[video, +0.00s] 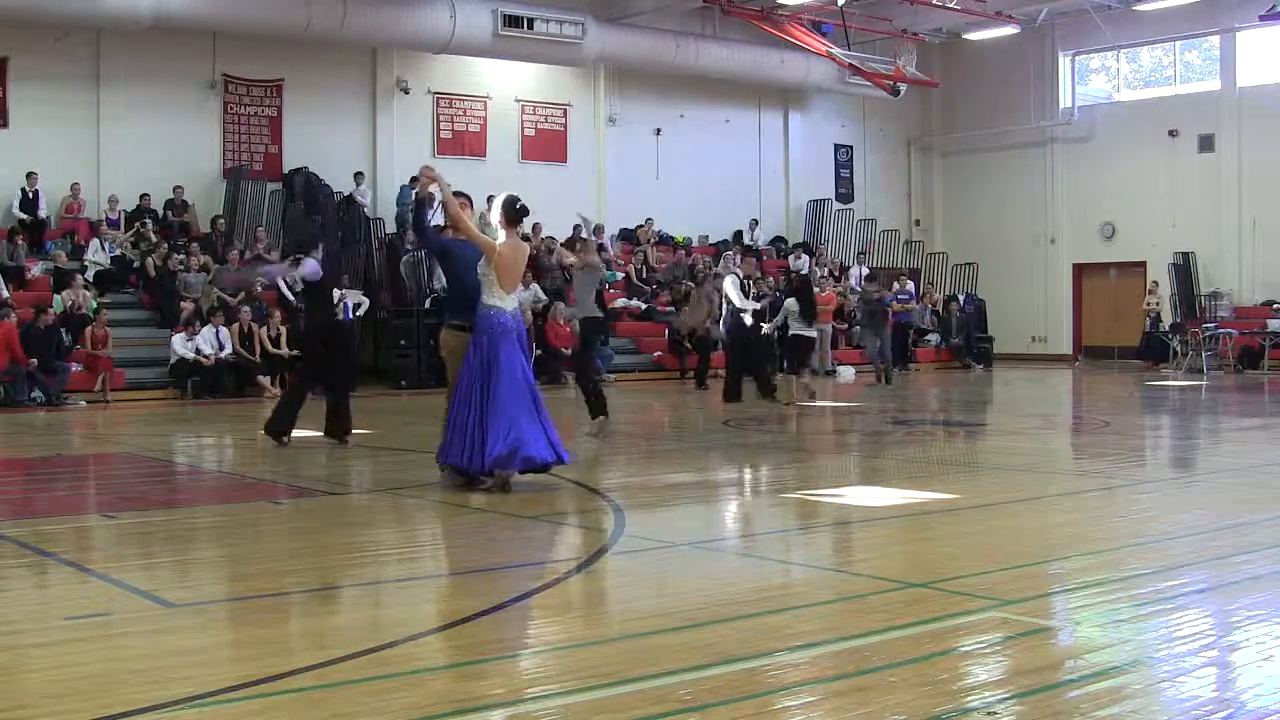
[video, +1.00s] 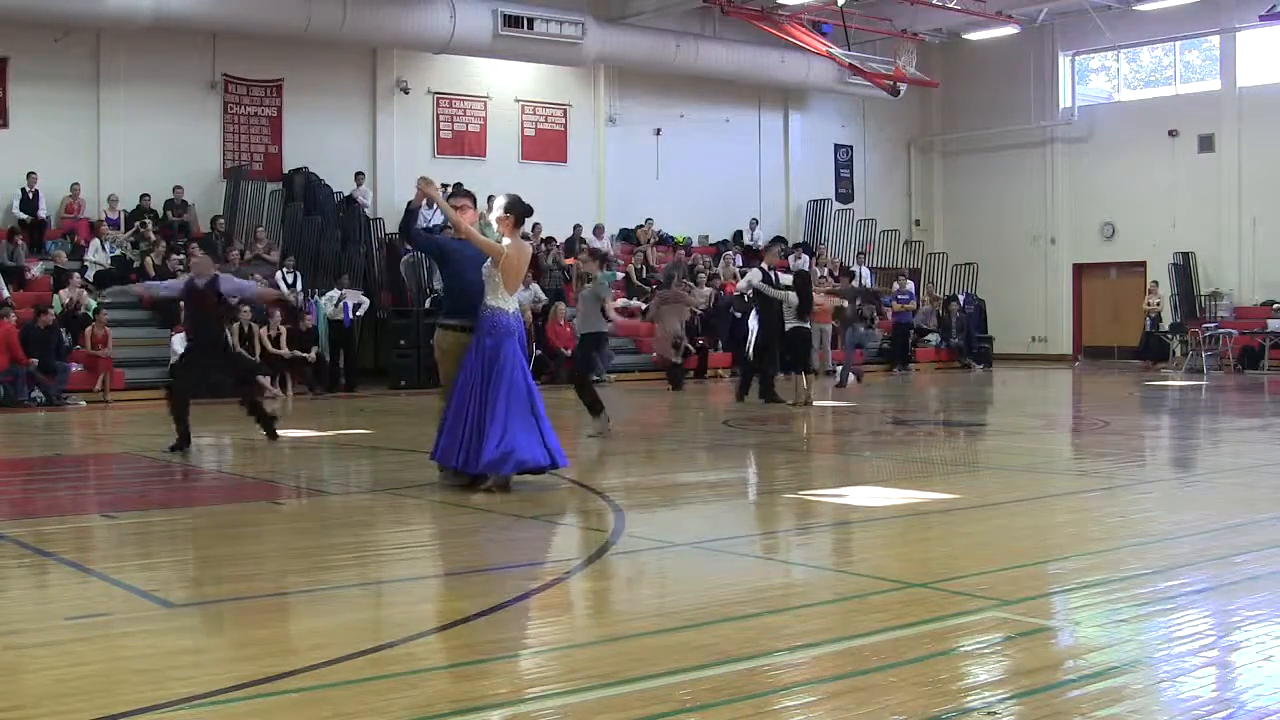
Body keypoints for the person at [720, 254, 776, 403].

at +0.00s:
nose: (753, 266)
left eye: (754, 262)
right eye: (750, 262)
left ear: (754, 264)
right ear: (741, 262)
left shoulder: (748, 282)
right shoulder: (731, 280)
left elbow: (749, 303)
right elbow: (740, 303)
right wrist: (758, 305)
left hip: (747, 324)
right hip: (733, 324)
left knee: (756, 358)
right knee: (735, 362)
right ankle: (732, 396)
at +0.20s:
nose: (760, 266)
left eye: (760, 263)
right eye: (757, 262)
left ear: (759, 263)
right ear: (748, 262)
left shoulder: (756, 281)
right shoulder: (737, 279)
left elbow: (756, 302)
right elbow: (739, 303)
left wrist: (760, 316)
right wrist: (761, 303)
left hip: (754, 320)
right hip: (742, 321)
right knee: (741, 357)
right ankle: (732, 394)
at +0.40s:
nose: (765, 263)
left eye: (766, 260)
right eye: (763, 260)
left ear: (763, 261)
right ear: (754, 260)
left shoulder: (761, 278)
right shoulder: (743, 275)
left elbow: (762, 298)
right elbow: (740, 298)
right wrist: (761, 305)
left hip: (760, 317)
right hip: (748, 317)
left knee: (762, 354)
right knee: (745, 354)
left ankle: (765, 391)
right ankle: (736, 391)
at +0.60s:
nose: (770, 260)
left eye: (771, 257)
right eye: (768, 257)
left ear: (769, 259)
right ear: (760, 257)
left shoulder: (767, 276)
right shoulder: (751, 273)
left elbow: (773, 293)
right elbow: (738, 289)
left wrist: (774, 306)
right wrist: (755, 300)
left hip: (767, 318)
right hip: (754, 319)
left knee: (767, 354)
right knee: (752, 354)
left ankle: (766, 390)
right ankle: (740, 388)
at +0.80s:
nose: (775, 259)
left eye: (775, 257)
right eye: (772, 256)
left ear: (773, 259)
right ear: (763, 256)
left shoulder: (773, 276)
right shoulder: (754, 273)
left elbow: (787, 289)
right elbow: (737, 287)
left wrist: (797, 299)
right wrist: (752, 293)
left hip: (771, 320)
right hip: (757, 320)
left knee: (765, 354)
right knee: (759, 354)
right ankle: (740, 388)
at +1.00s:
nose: (779, 258)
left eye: (779, 254)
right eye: (776, 254)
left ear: (772, 257)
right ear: (766, 254)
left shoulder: (775, 275)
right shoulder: (756, 273)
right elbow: (739, 287)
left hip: (774, 318)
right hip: (759, 317)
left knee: (770, 354)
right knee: (753, 354)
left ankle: (767, 389)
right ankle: (742, 389)